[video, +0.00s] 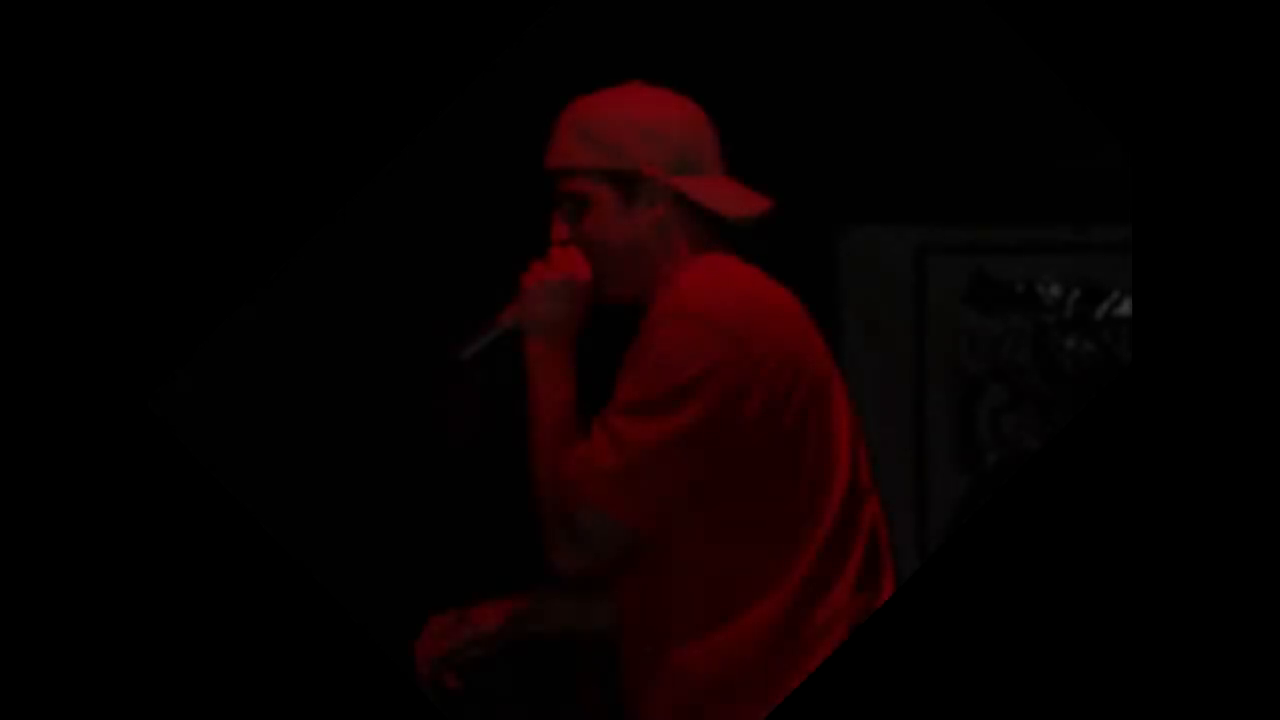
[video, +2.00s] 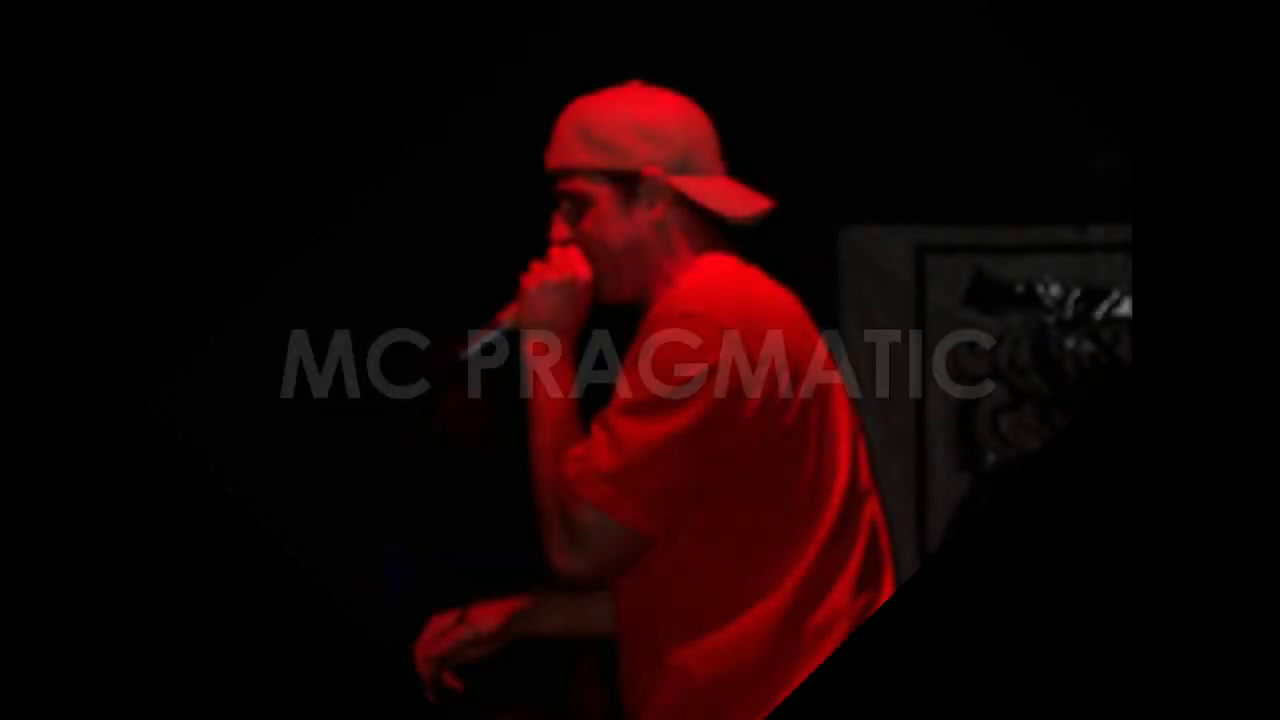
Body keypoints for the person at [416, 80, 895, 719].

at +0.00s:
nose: (560, 233)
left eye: (578, 207)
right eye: (559, 208)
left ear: (651, 203)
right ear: (646, 205)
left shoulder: (707, 315)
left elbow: (580, 533)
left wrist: (548, 345)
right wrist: (515, 625)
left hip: (737, 693)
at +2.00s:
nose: (559, 234)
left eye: (576, 206)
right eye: (559, 209)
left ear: (653, 200)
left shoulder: (705, 315)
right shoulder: (750, 305)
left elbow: (578, 543)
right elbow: (702, 576)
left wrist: (545, 346)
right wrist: (521, 621)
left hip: (732, 697)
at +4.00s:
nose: (559, 233)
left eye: (576, 206)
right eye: (559, 209)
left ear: (653, 200)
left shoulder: (707, 313)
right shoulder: (743, 304)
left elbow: (578, 543)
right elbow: (698, 579)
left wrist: (545, 349)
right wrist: (519, 620)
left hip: (738, 704)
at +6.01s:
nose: (560, 233)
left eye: (577, 206)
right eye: (559, 209)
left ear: (652, 198)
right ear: (649, 200)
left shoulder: (706, 314)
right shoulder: (746, 304)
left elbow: (577, 544)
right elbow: (698, 578)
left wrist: (546, 348)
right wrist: (518, 620)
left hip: (738, 705)